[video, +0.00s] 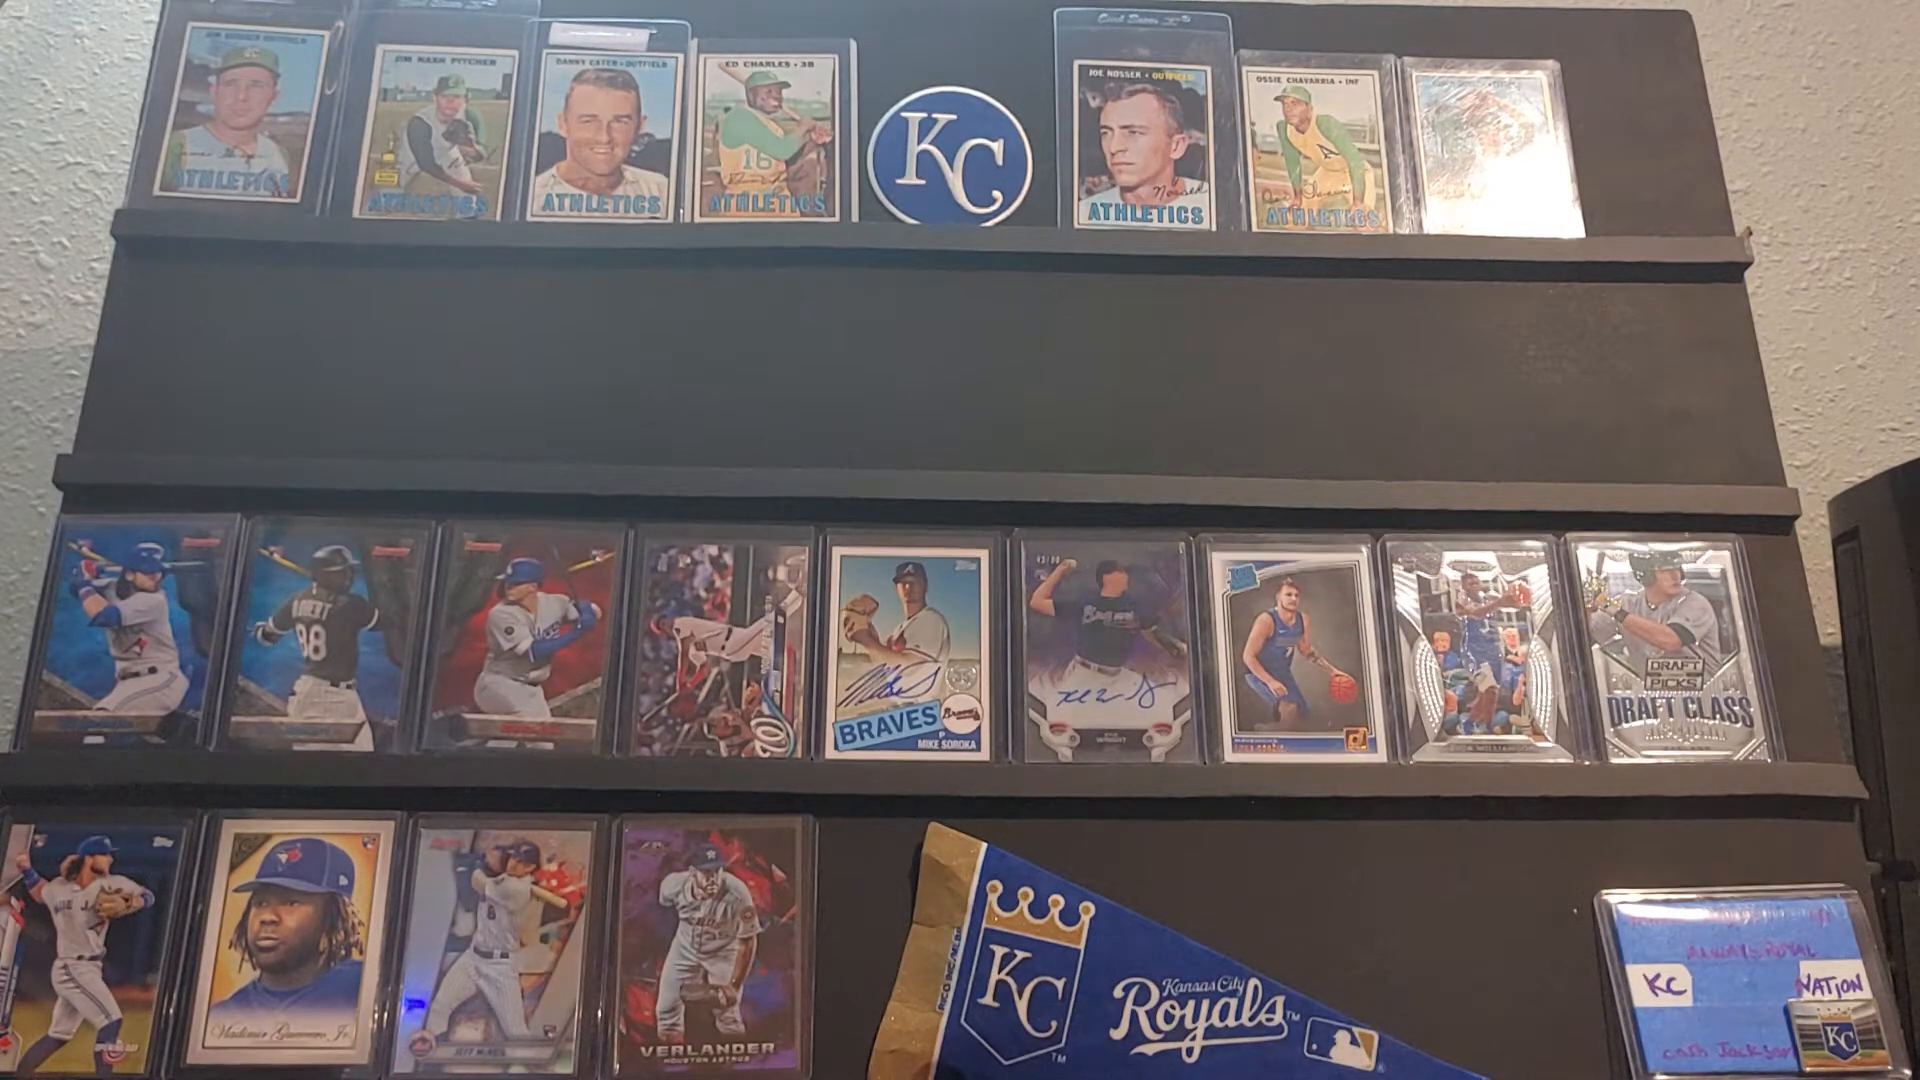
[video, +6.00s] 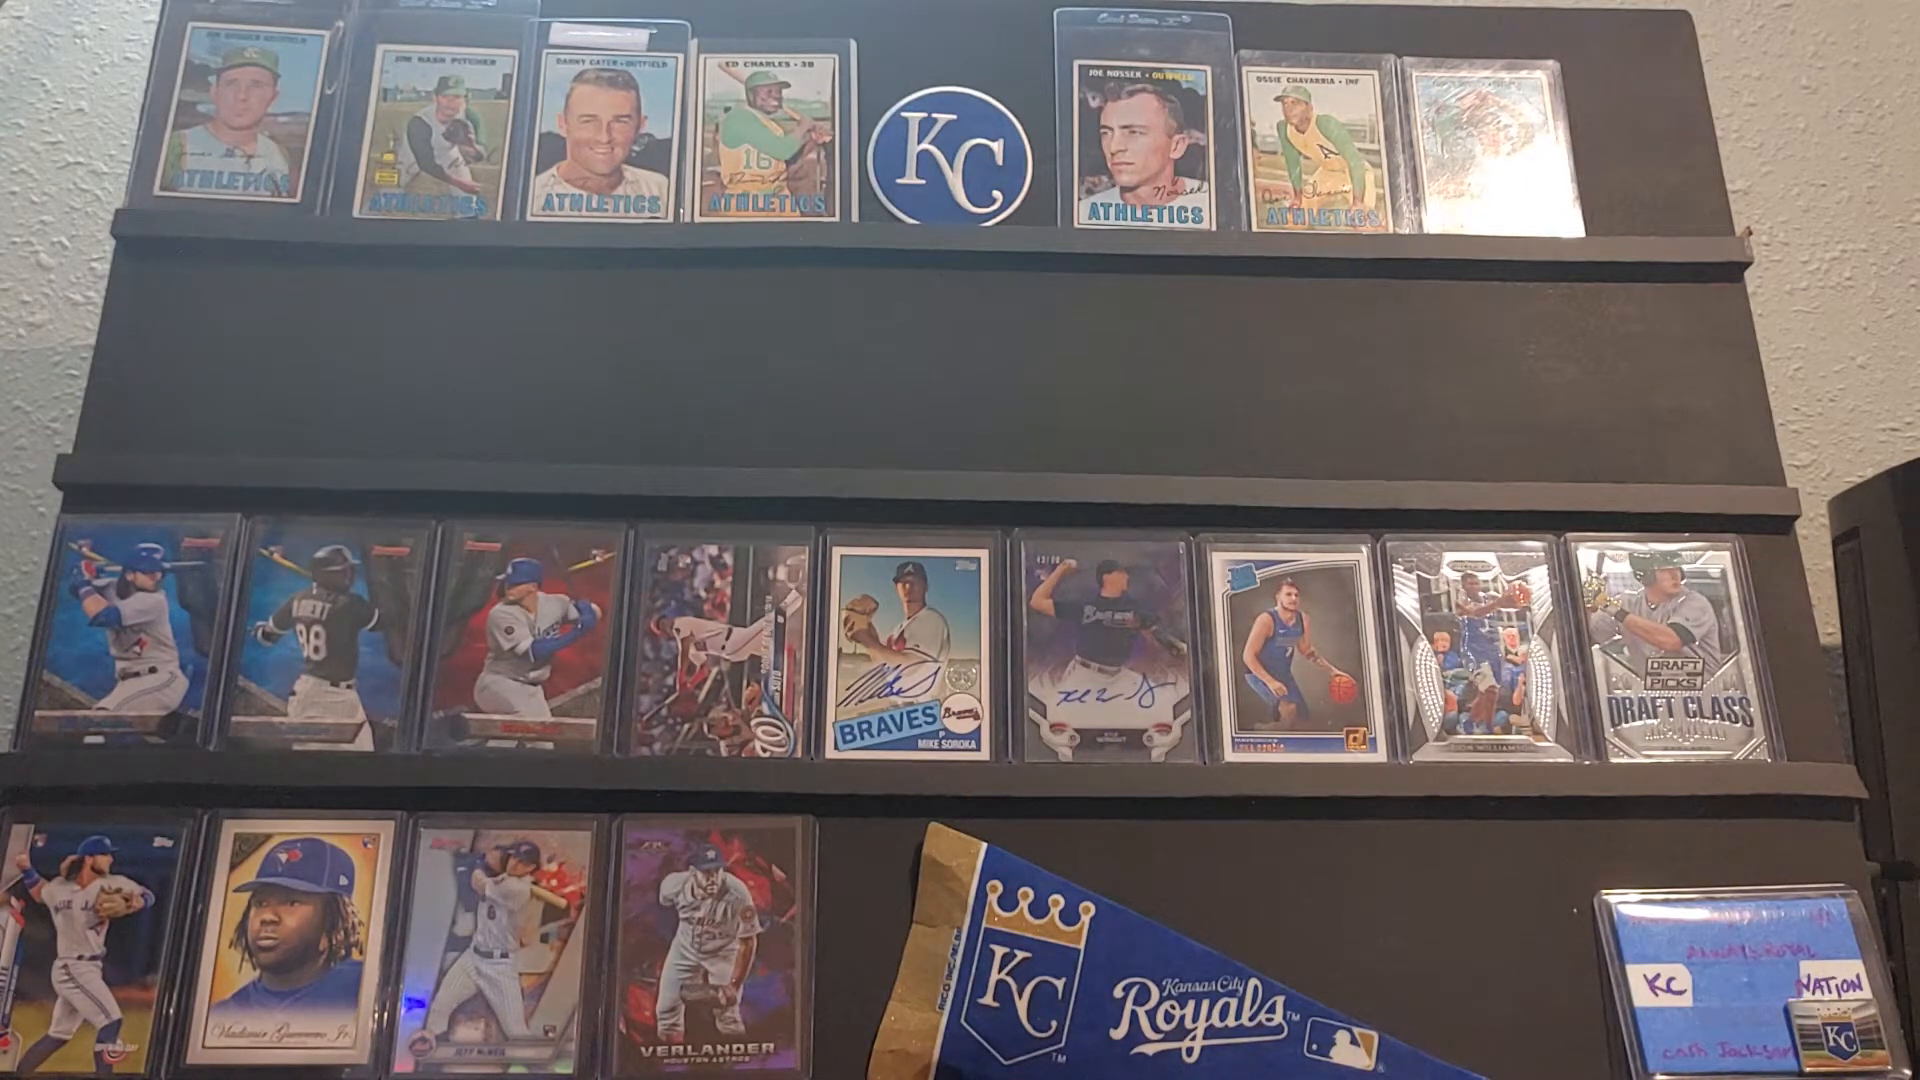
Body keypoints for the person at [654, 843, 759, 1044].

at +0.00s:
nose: (711, 878)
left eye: (715, 871)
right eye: (705, 872)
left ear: (722, 869)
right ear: (693, 871)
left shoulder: (738, 893)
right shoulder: (673, 885)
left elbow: (748, 941)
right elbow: (666, 907)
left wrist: (735, 985)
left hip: (724, 953)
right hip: (684, 947)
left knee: (727, 1014)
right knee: (666, 1009)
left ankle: (740, 1068)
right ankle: (674, 1071)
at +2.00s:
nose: (712, 879)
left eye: (716, 872)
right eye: (705, 872)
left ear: (722, 870)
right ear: (692, 871)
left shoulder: (738, 894)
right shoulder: (672, 886)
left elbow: (749, 942)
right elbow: (667, 909)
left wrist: (735, 985)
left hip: (724, 954)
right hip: (684, 948)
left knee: (727, 1015)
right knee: (666, 1009)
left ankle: (740, 1068)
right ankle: (673, 1069)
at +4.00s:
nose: (711, 878)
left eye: (716, 871)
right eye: (706, 872)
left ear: (722, 869)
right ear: (692, 870)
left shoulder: (738, 893)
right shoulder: (673, 885)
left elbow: (749, 941)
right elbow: (667, 909)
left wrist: (734, 985)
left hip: (724, 953)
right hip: (684, 947)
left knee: (727, 1014)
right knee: (666, 1009)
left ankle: (741, 1068)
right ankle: (674, 1069)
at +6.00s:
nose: (712, 878)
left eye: (716, 871)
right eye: (706, 872)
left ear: (722, 869)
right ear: (693, 871)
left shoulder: (738, 893)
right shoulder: (673, 886)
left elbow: (749, 941)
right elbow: (667, 912)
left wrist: (735, 985)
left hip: (724, 954)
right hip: (684, 948)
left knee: (727, 1015)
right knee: (666, 1009)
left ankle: (740, 1068)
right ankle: (673, 1068)